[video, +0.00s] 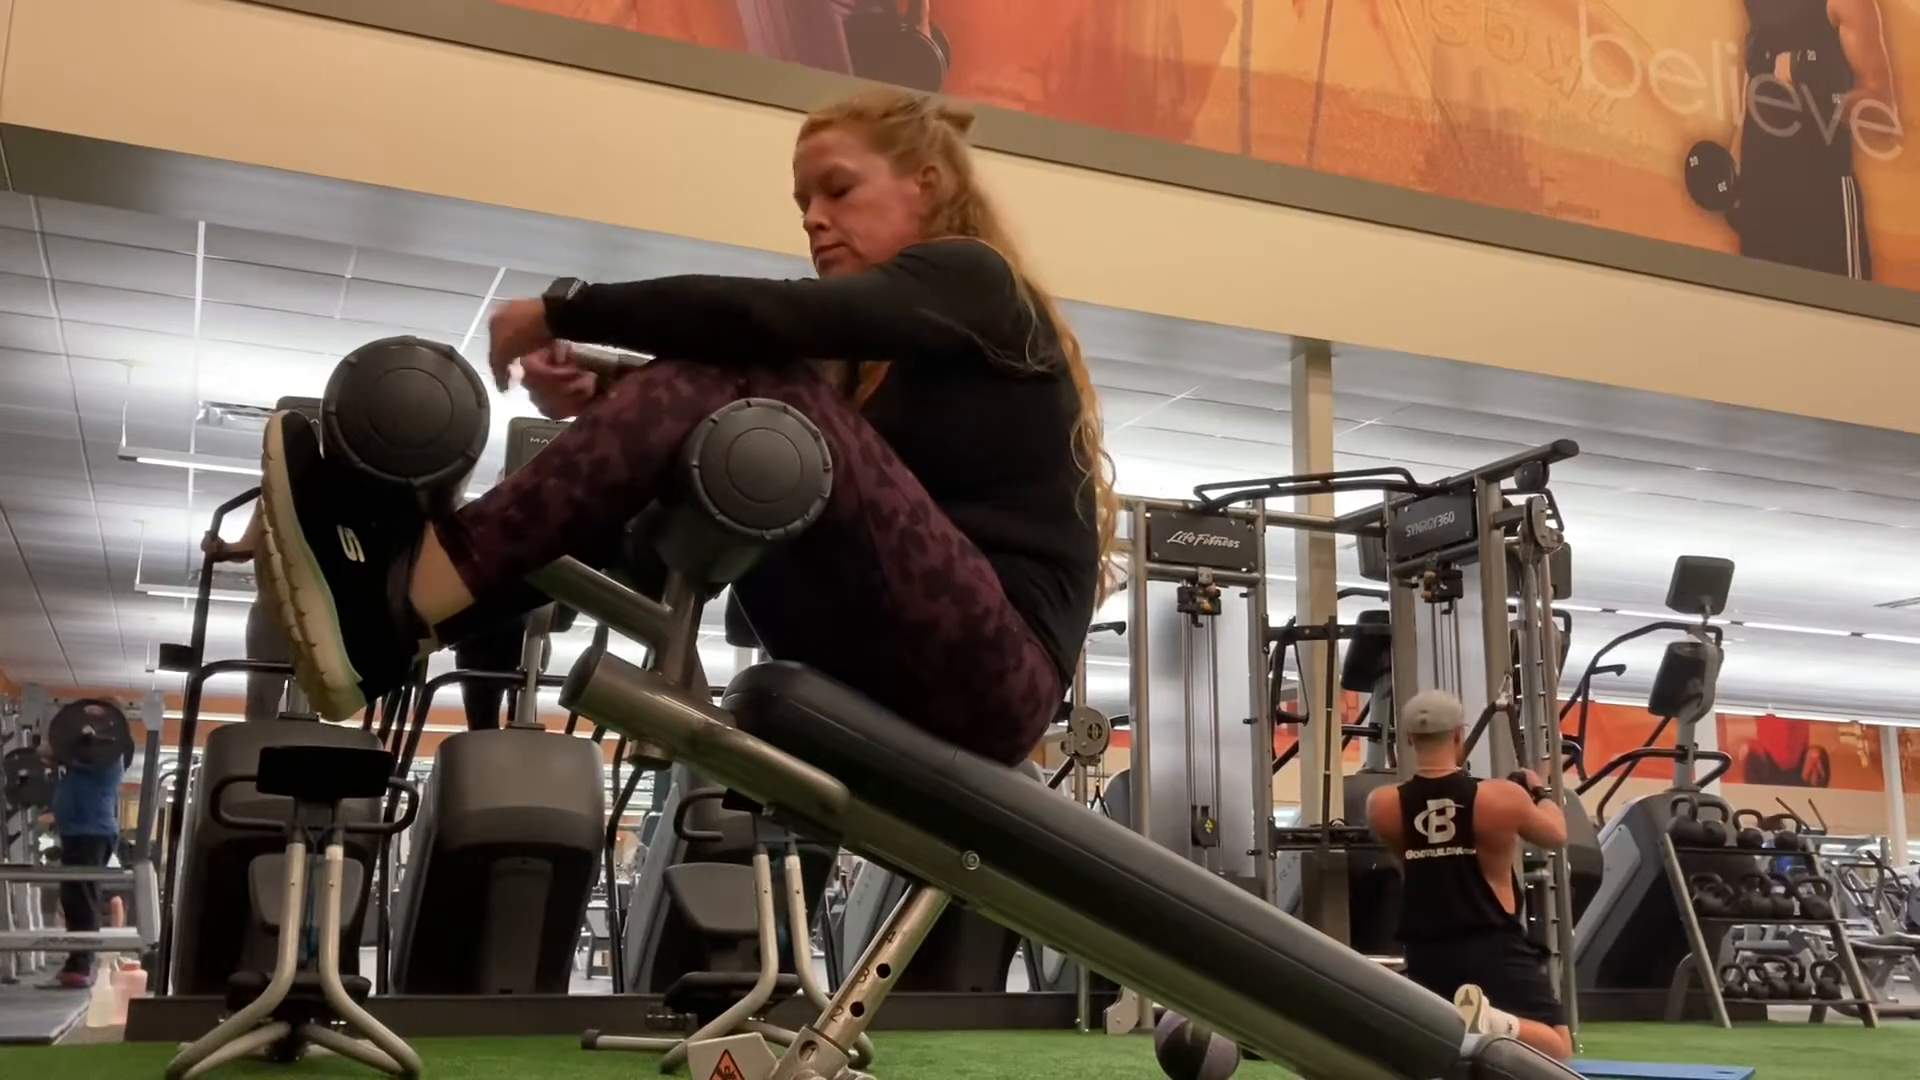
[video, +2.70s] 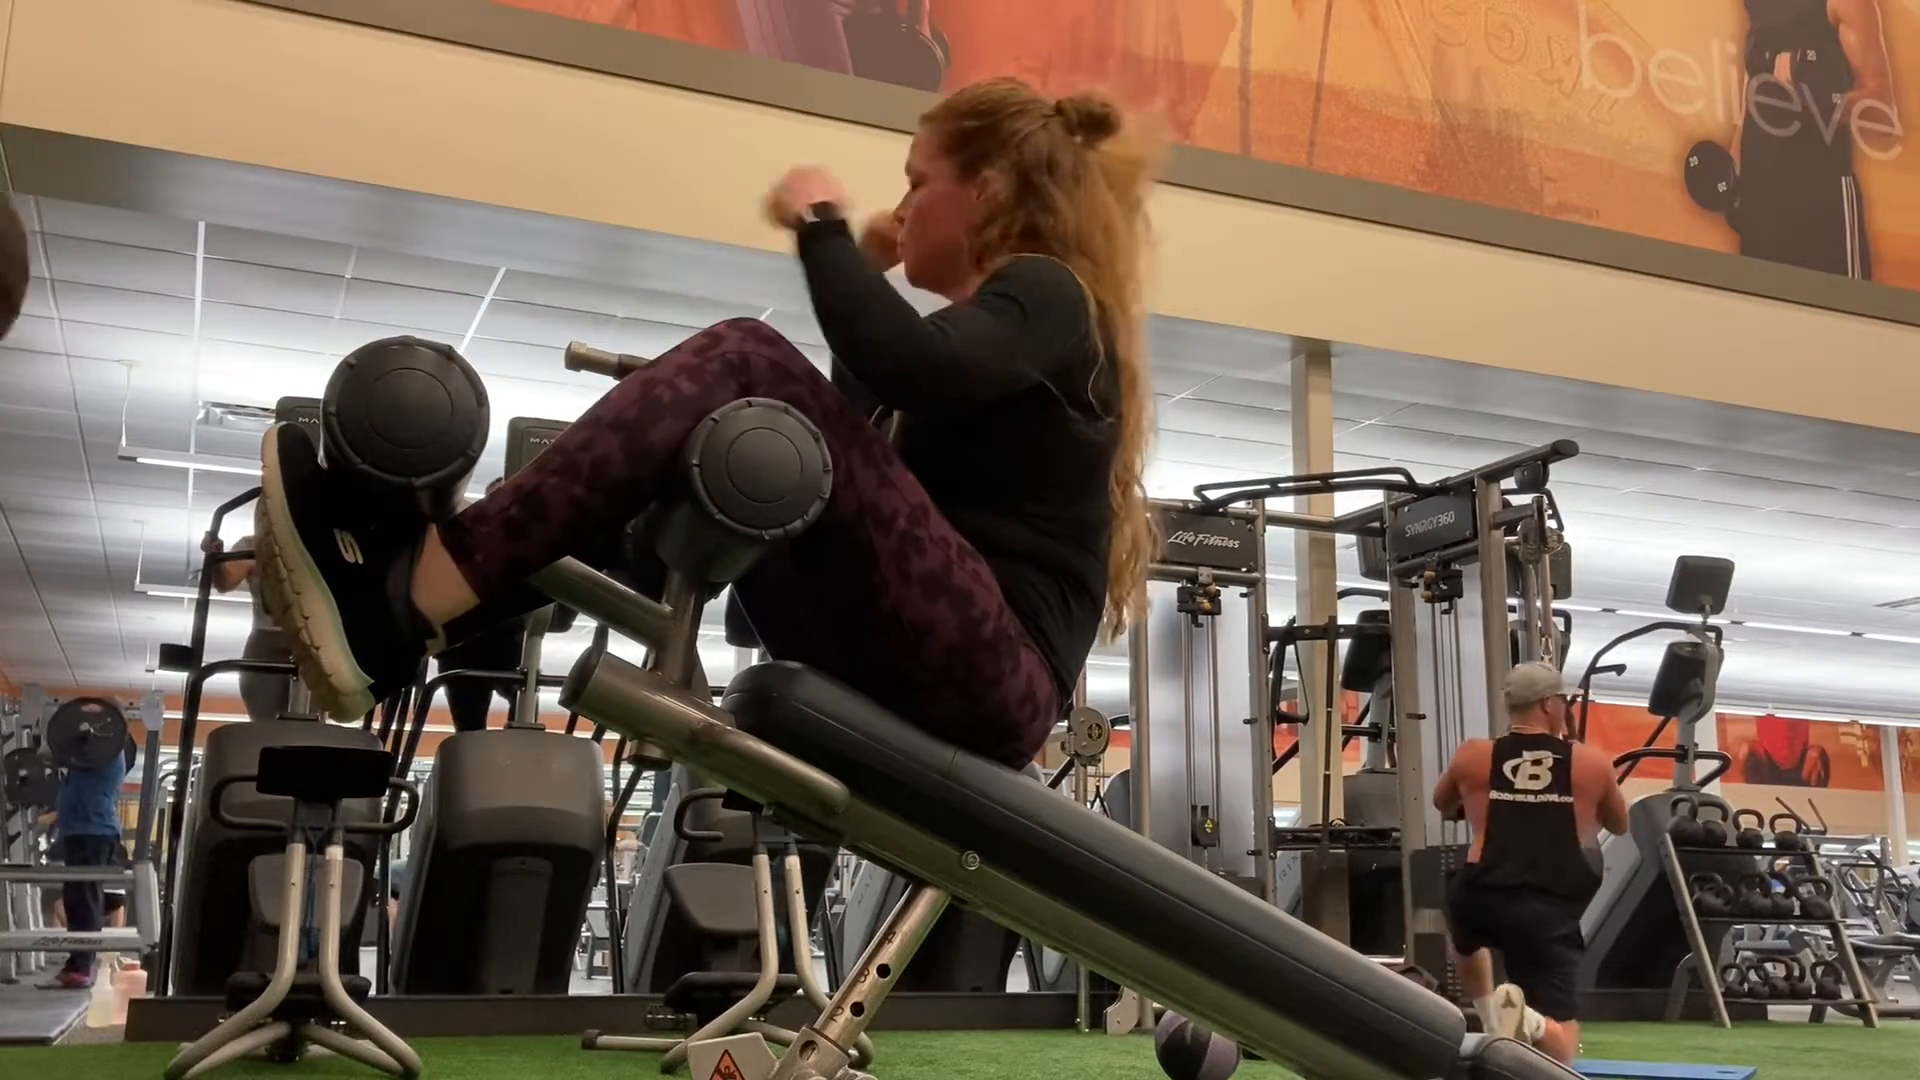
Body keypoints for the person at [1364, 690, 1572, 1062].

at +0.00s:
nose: (1462, 739)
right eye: (1461, 732)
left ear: (1409, 740)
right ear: (1459, 735)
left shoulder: (1382, 805)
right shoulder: (1501, 798)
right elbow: (1555, 832)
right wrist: (1541, 791)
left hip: (1425, 954)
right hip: (1495, 953)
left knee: (1439, 1046)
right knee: (1561, 1047)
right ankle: (1495, 1021)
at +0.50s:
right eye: (1461, 740)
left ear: (1401, 750)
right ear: (1456, 745)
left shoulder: (1378, 817)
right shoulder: (1496, 811)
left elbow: (1365, 872)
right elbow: (1555, 874)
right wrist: (1528, 834)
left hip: (1421, 969)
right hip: (1495, 965)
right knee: (1561, 1049)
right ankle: (1493, 1021)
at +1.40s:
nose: (1475, 736)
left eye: (1473, 728)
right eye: (1473, 729)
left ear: (1421, 738)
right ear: (1464, 736)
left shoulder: (1389, 804)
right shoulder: (1504, 802)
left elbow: (1373, 870)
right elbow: (1560, 872)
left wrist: (1417, 840)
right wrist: (1541, 840)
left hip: (1421, 960)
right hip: (1492, 958)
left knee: (1434, 1053)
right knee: (1561, 1049)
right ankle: (1494, 1022)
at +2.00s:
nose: (1544, 715)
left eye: (1542, 706)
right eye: (1540, 707)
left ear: (1489, 715)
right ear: (1526, 713)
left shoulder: (1454, 781)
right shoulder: (1572, 777)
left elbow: (1433, 846)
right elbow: (1614, 844)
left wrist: (1476, 819)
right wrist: (1579, 808)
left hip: (1470, 930)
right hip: (1540, 933)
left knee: (1464, 1040)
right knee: (1566, 1051)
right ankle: (1503, 1019)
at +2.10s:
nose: (1556, 709)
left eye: (1554, 701)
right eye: (1553, 701)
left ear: (1500, 709)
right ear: (1539, 707)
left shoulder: (1465, 774)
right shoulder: (1587, 771)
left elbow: (1439, 835)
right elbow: (1622, 838)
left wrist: (1485, 805)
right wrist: (1586, 800)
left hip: (1478, 923)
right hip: (1550, 925)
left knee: (1453, 1029)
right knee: (1565, 1050)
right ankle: (1509, 1019)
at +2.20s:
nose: (1563, 704)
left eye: (1560, 697)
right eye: (1560, 697)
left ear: (1509, 707)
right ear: (1550, 705)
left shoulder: (1477, 769)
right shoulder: (1599, 768)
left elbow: (1441, 832)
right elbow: (1628, 834)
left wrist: (1478, 799)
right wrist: (1586, 801)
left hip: (1487, 906)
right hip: (1558, 916)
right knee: (1566, 1047)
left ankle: (1437, 995)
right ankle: (1511, 1019)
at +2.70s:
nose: (1564, 707)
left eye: (1563, 701)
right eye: (1561, 701)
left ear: (1510, 706)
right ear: (1547, 705)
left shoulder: (1473, 756)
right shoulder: (1591, 763)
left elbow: (1443, 803)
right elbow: (1619, 823)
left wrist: (1487, 793)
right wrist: (1592, 785)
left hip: (1481, 902)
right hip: (1550, 911)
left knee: (1464, 927)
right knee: (1565, 1048)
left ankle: (1492, 1029)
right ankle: (1526, 1018)